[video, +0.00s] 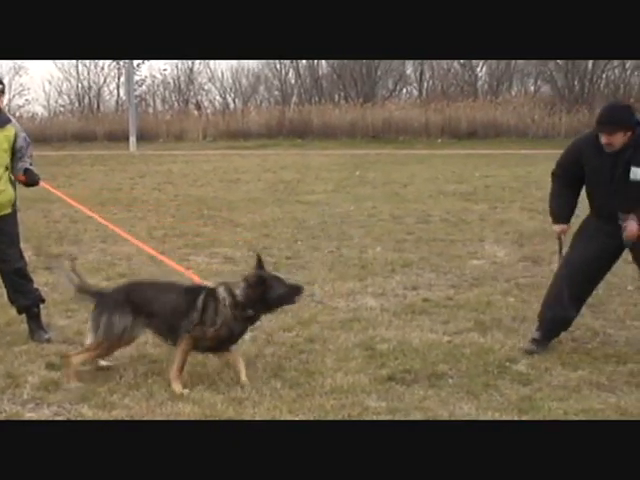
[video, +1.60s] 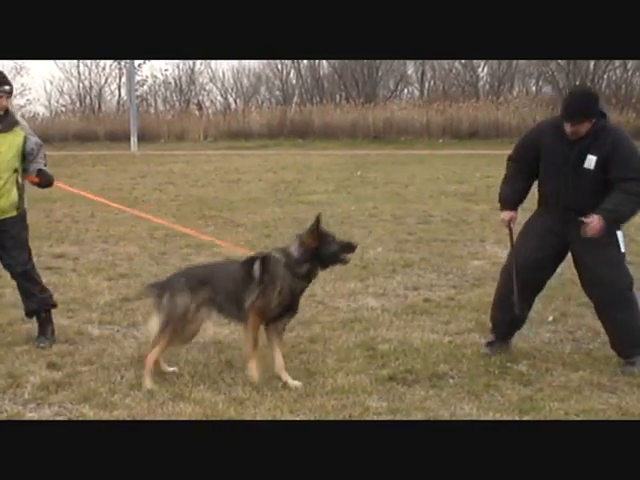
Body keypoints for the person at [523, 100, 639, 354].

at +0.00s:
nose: (604, 139)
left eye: (611, 134)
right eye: (602, 133)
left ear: (628, 134)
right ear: (597, 130)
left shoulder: (635, 155)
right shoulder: (586, 148)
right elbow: (564, 177)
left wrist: (637, 221)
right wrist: (561, 217)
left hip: (635, 224)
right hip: (604, 222)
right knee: (574, 270)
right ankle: (545, 331)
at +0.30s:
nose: (567, 123)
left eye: (572, 118)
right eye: (566, 118)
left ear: (589, 119)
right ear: (575, 118)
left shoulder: (625, 143)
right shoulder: (564, 141)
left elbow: (636, 190)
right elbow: (550, 174)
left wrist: (619, 228)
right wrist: (544, 211)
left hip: (623, 225)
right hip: (583, 220)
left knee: (636, 282)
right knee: (556, 269)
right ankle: (567, 335)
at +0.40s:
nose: (543, 119)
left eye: (548, 113)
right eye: (543, 113)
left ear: (565, 111)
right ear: (561, 112)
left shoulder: (605, 132)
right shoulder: (551, 135)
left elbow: (616, 177)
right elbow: (543, 171)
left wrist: (589, 209)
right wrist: (537, 206)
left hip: (607, 218)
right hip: (570, 214)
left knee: (626, 283)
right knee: (545, 268)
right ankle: (564, 332)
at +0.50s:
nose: (526, 126)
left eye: (528, 121)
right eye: (525, 121)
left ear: (543, 117)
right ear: (541, 117)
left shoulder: (575, 132)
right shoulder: (549, 134)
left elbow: (570, 178)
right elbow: (546, 171)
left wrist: (527, 186)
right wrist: (536, 205)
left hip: (594, 217)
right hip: (561, 215)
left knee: (604, 281)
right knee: (530, 260)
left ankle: (636, 340)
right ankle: (538, 324)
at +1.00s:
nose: (528, 136)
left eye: (532, 129)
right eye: (526, 130)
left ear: (552, 123)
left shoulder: (593, 139)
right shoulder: (532, 143)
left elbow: (603, 185)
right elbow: (525, 179)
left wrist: (563, 210)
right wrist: (523, 215)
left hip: (596, 221)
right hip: (554, 220)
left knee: (609, 287)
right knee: (522, 268)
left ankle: (634, 352)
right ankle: (516, 324)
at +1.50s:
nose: (555, 134)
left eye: (561, 129)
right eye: (552, 128)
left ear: (578, 124)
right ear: (547, 121)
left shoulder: (605, 140)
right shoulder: (536, 135)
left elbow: (616, 182)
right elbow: (517, 170)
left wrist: (570, 203)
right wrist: (513, 210)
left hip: (595, 224)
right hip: (549, 222)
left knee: (611, 285)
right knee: (519, 275)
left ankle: (632, 352)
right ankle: (502, 338)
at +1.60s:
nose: (569, 128)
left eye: (576, 123)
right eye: (566, 122)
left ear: (593, 121)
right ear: (562, 115)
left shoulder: (616, 144)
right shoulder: (545, 133)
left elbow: (632, 188)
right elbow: (520, 164)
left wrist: (605, 217)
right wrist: (509, 204)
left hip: (594, 225)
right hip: (549, 220)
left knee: (611, 287)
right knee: (518, 270)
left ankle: (632, 353)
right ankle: (500, 335)